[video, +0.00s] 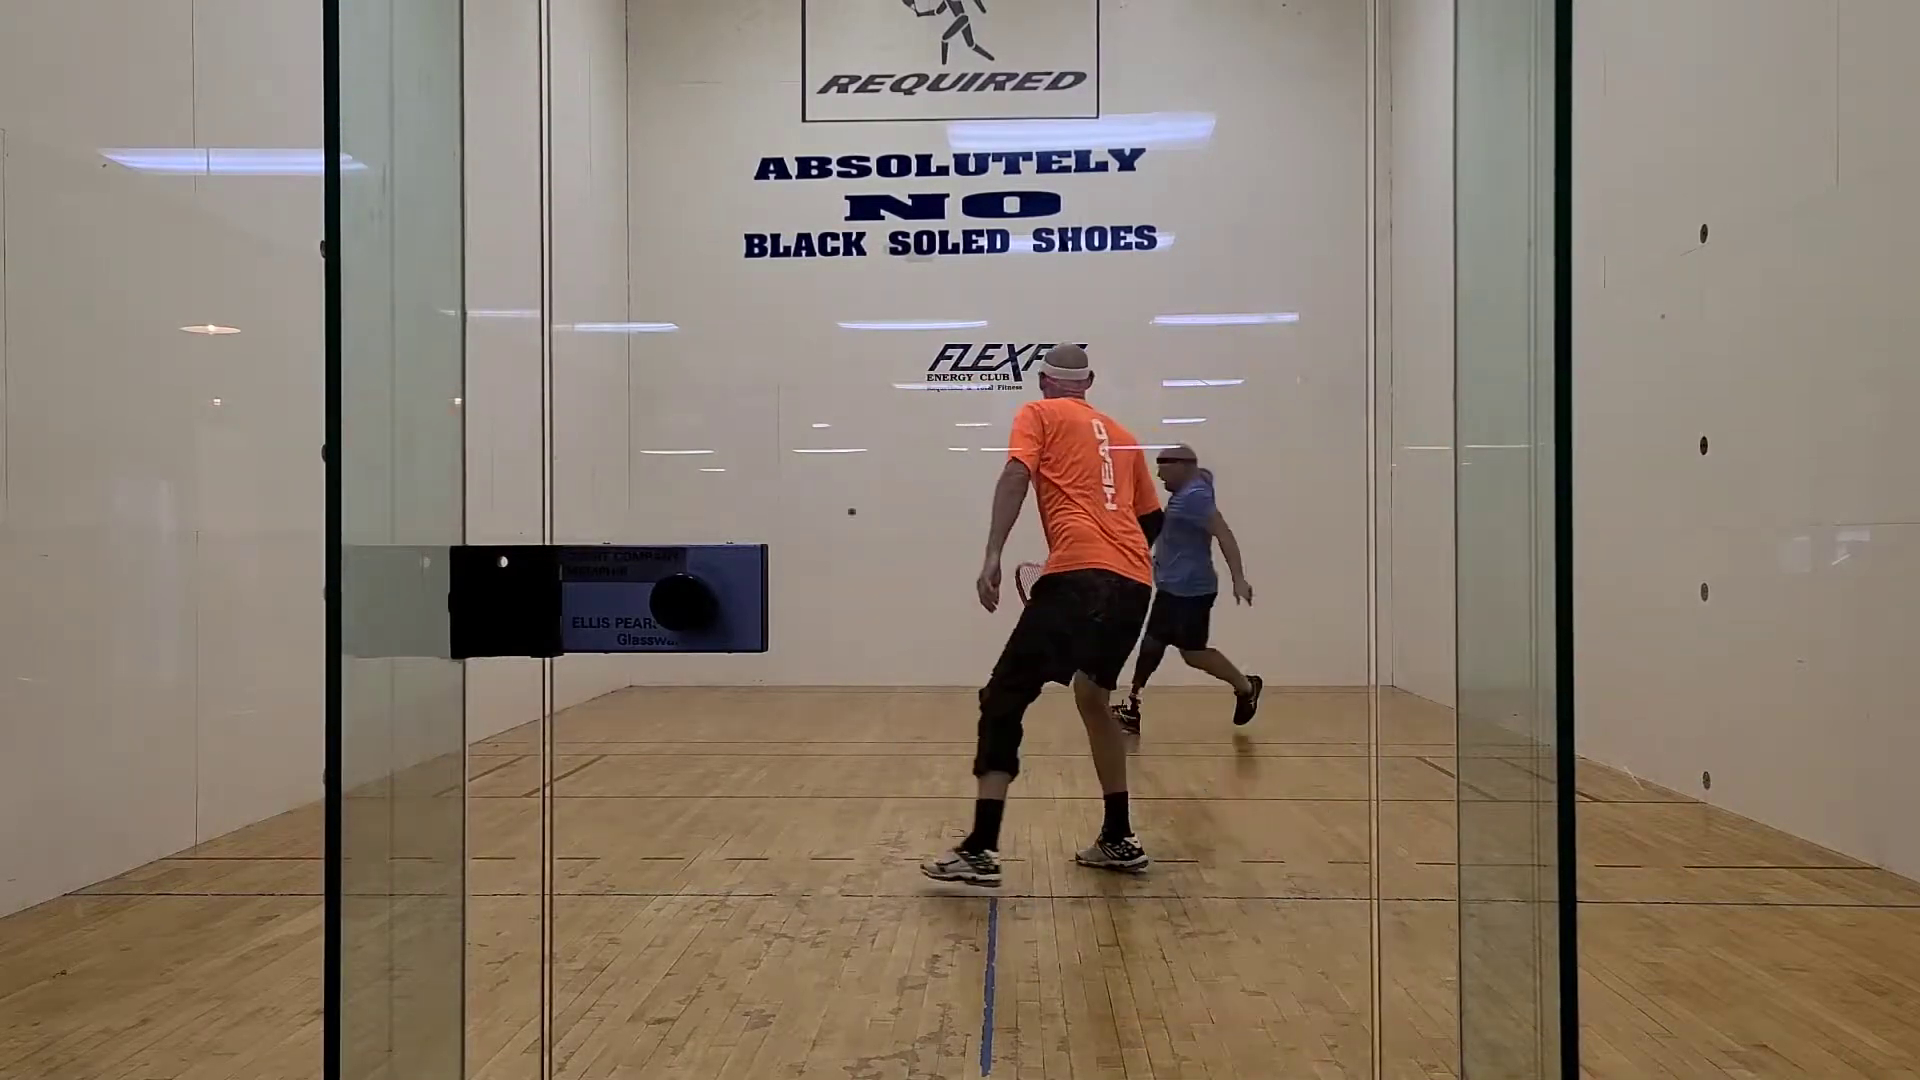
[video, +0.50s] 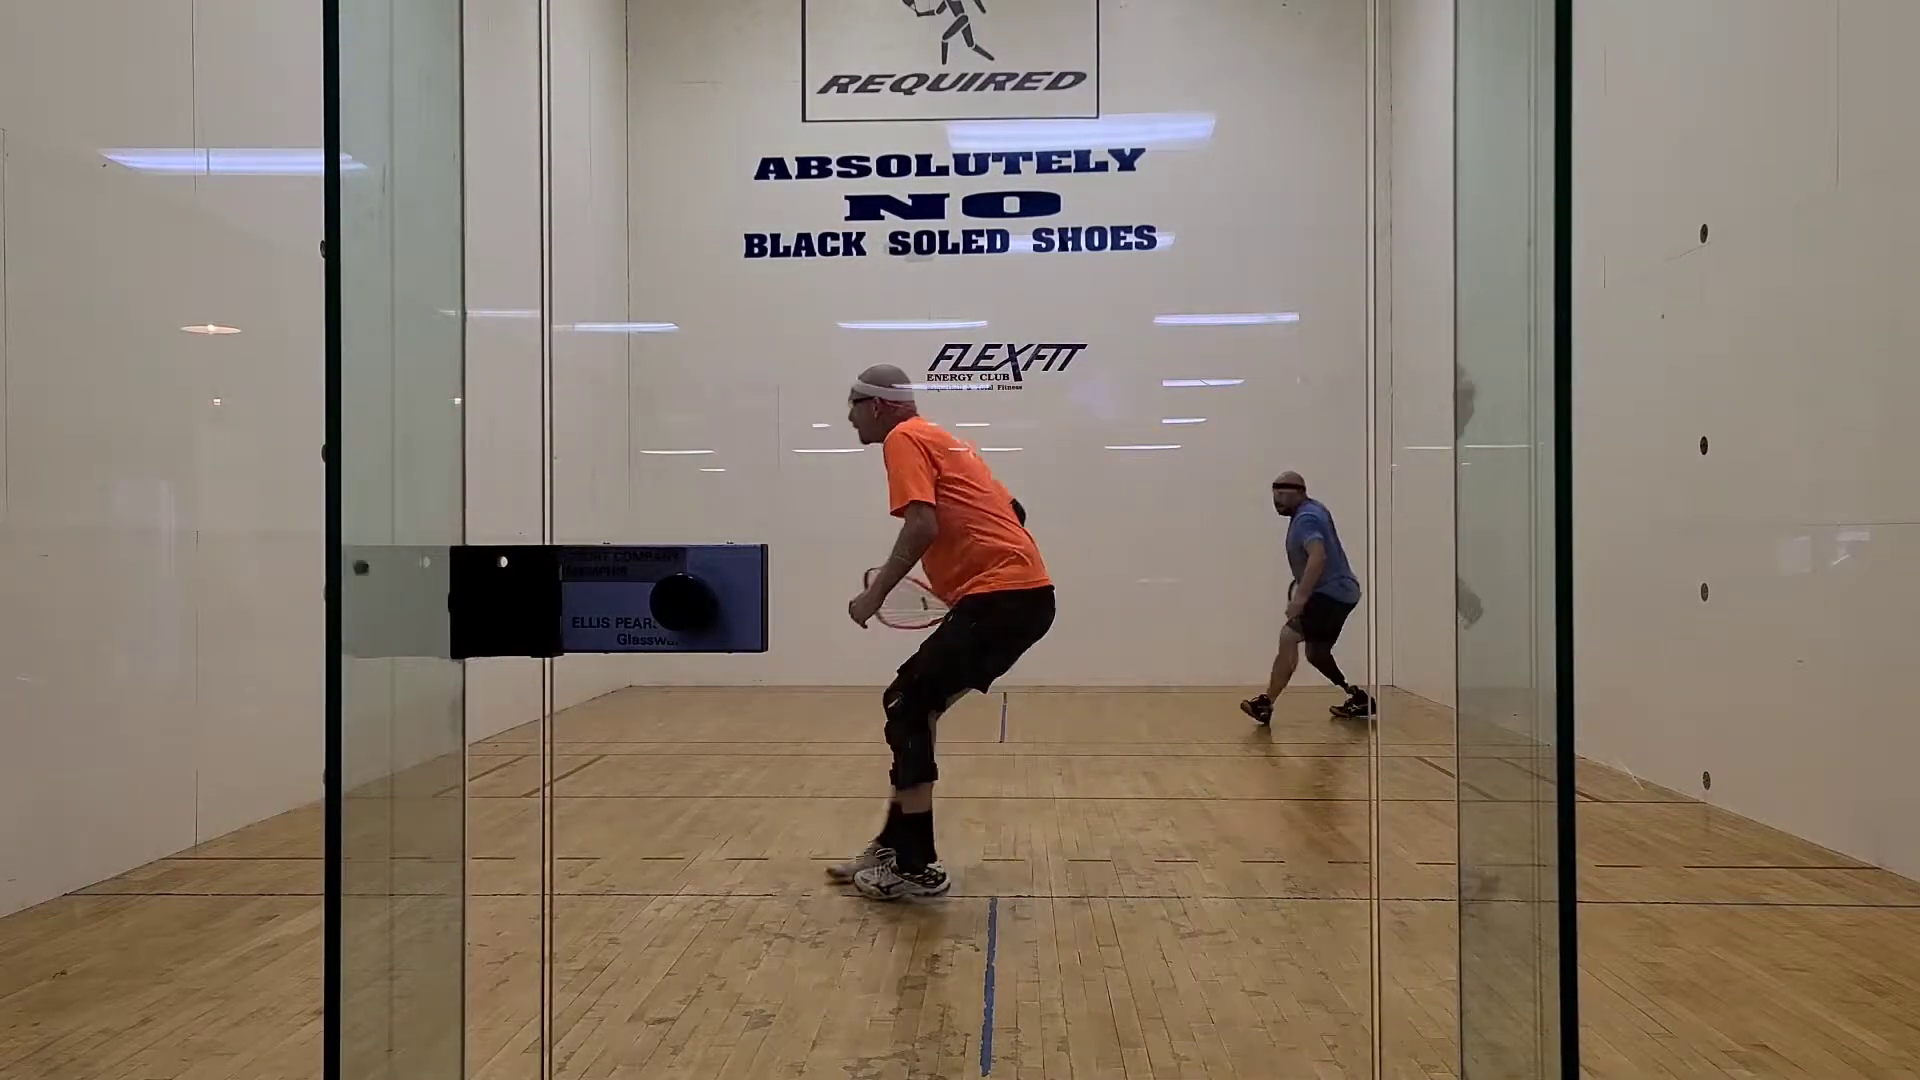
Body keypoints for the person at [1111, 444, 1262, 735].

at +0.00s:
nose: (1160, 475)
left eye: (1164, 468)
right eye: (1159, 469)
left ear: (1183, 467)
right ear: (1181, 467)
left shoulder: (1194, 497)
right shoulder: (1181, 495)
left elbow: (1224, 533)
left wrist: (1238, 578)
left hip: (1191, 590)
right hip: (1170, 588)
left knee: (1193, 655)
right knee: (1151, 647)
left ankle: (1246, 687)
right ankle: (1131, 706)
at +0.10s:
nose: (1184, 482)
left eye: (1189, 477)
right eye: (1184, 477)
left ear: (1209, 474)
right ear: (1208, 475)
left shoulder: (1220, 504)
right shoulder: (1224, 488)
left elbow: (1234, 544)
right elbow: (1242, 474)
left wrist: (1227, 586)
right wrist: (1256, 462)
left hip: (1229, 597)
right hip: (1202, 592)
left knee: (1226, 657)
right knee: (1172, 638)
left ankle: (1253, 704)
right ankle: (1157, 700)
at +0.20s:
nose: (1208, 481)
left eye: (1214, 475)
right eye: (1208, 476)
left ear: (1234, 477)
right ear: (1234, 477)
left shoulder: (1239, 507)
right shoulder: (1253, 492)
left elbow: (1248, 547)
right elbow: (1268, 486)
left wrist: (1234, 587)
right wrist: (1278, 478)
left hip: (1257, 596)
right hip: (1243, 592)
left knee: (1231, 650)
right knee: (1209, 637)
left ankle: (1255, 708)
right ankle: (1226, 688)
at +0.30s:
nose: (1235, 484)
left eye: (1240, 478)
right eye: (1235, 479)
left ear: (1259, 480)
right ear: (1261, 481)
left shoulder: (1263, 507)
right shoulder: (1272, 500)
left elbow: (1271, 547)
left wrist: (1257, 588)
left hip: (1278, 591)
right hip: (1285, 590)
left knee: (1241, 644)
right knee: (1260, 640)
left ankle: (1255, 709)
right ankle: (1302, 682)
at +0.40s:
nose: (1259, 496)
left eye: (1265, 491)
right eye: (1259, 491)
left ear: (1285, 493)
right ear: (1286, 494)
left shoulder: (1287, 518)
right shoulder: (1300, 508)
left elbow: (1295, 558)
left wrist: (1276, 594)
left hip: (1303, 599)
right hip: (1317, 598)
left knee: (1258, 638)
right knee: (1313, 656)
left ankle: (1257, 707)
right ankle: (1355, 696)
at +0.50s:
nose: (1277, 499)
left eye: (1282, 493)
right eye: (1275, 494)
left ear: (1300, 493)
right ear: (1274, 494)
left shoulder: (1306, 518)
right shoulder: (1308, 512)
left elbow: (1317, 558)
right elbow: (1307, 558)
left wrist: (1299, 601)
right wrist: (1297, 586)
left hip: (1331, 593)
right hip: (1337, 592)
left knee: (1288, 636)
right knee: (1316, 654)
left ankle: (1266, 703)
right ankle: (1356, 697)